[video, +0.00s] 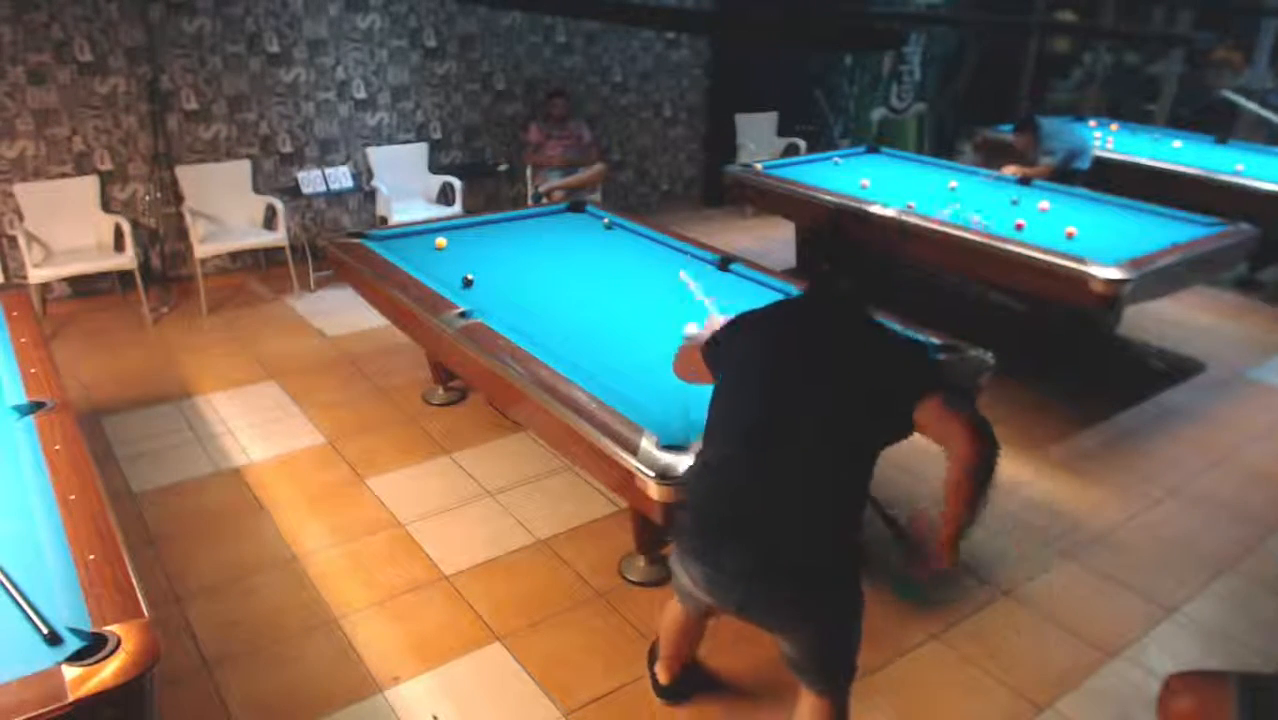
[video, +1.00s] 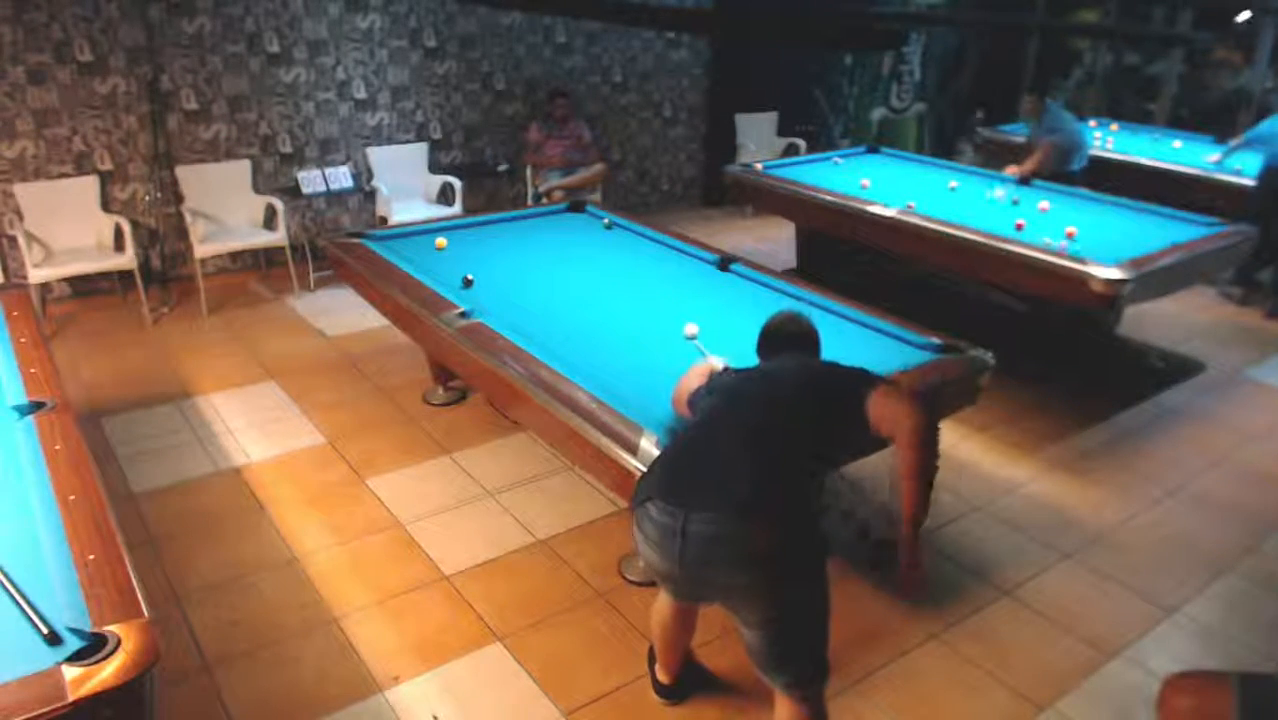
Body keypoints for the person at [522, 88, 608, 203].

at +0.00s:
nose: (559, 110)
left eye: (563, 106)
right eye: (555, 106)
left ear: (568, 107)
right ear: (548, 108)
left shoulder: (578, 126)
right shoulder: (538, 127)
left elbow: (592, 154)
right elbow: (529, 156)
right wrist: (555, 161)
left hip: (576, 166)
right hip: (549, 170)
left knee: (600, 169)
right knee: (559, 196)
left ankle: (551, 186)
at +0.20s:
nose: (559, 110)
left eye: (563, 106)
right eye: (555, 106)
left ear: (568, 107)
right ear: (548, 108)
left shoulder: (578, 126)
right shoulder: (538, 127)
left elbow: (592, 154)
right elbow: (529, 156)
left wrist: (568, 159)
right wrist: (555, 161)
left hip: (576, 166)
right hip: (549, 170)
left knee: (600, 169)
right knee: (558, 196)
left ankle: (550, 186)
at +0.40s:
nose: (559, 110)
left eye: (563, 106)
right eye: (555, 106)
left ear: (568, 107)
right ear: (548, 108)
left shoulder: (578, 126)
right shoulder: (538, 127)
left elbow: (591, 152)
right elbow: (529, 156)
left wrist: (569, 160)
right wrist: (555, 161)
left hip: (575, 166)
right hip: (549, 169)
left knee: (600, 168)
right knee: (558, 196)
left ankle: (552, 186)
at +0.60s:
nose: (559, 110)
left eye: (563, 106)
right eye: (555, 106)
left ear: (568, 107)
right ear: (548, 108)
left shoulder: (578, 126)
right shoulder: (538, 127)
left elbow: (591, 152)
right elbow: (529, 156)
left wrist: (569, 160)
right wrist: (554, 161)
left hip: (575, 166)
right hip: (549, 169)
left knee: (600, 168)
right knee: (558, 196)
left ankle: (552, 186)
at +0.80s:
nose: (561, 111)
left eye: (564, 106)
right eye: (557, 107)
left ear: (569, 107)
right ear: (550, 108)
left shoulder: (578, 126)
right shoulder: (539, 127)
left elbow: (592, 154)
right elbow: (529, 157)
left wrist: (569, 160)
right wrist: (554, 161)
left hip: (576, 166)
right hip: (550, 170)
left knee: (601, 169)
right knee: (558, 196)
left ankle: (552, 185)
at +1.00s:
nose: (562, 111)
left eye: (565, 107)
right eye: (558, 107)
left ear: (570, 108)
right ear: (551, 108)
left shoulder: (579, 126)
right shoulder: (540, 127)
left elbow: (593, 154)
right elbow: (529, 157)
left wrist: (570, 160)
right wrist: (554, 162)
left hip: (577, 166)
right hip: (550, 170)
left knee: (601, 169)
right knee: (558, 196)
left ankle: (552, 185)